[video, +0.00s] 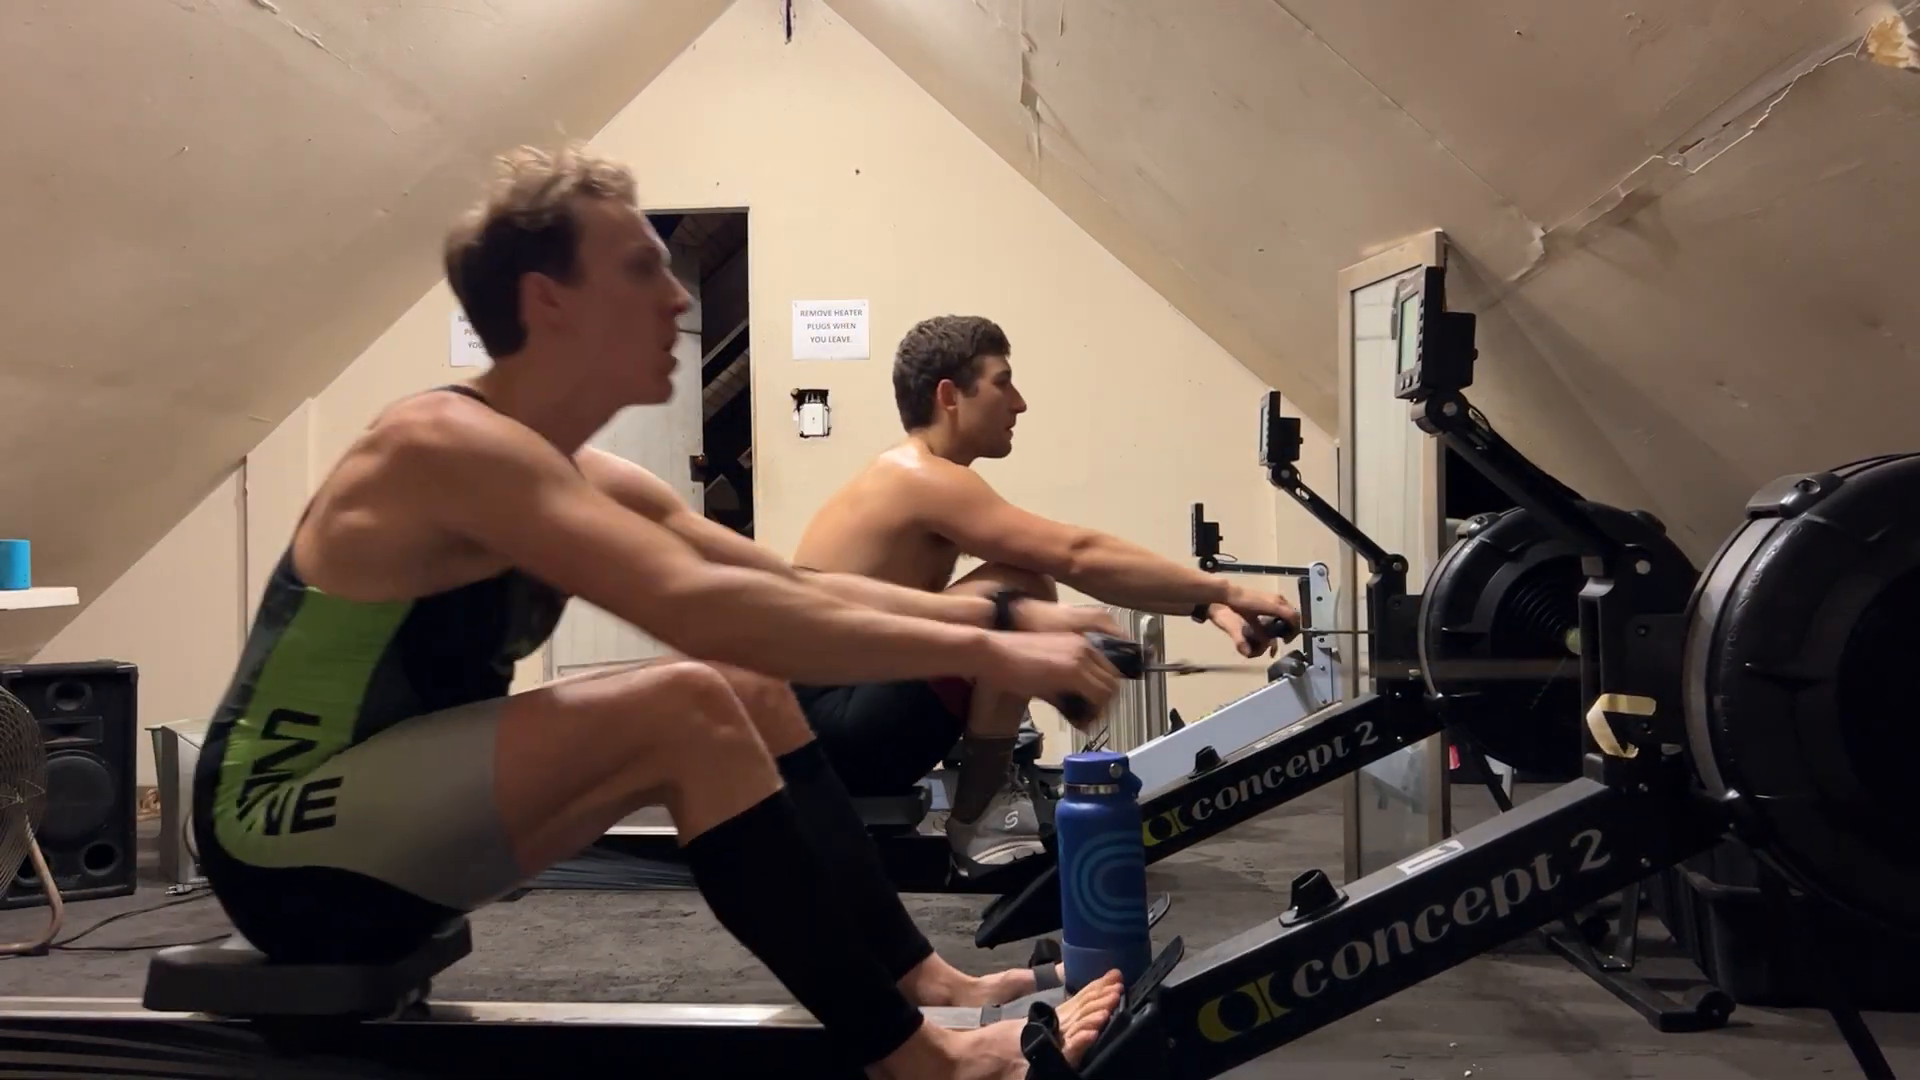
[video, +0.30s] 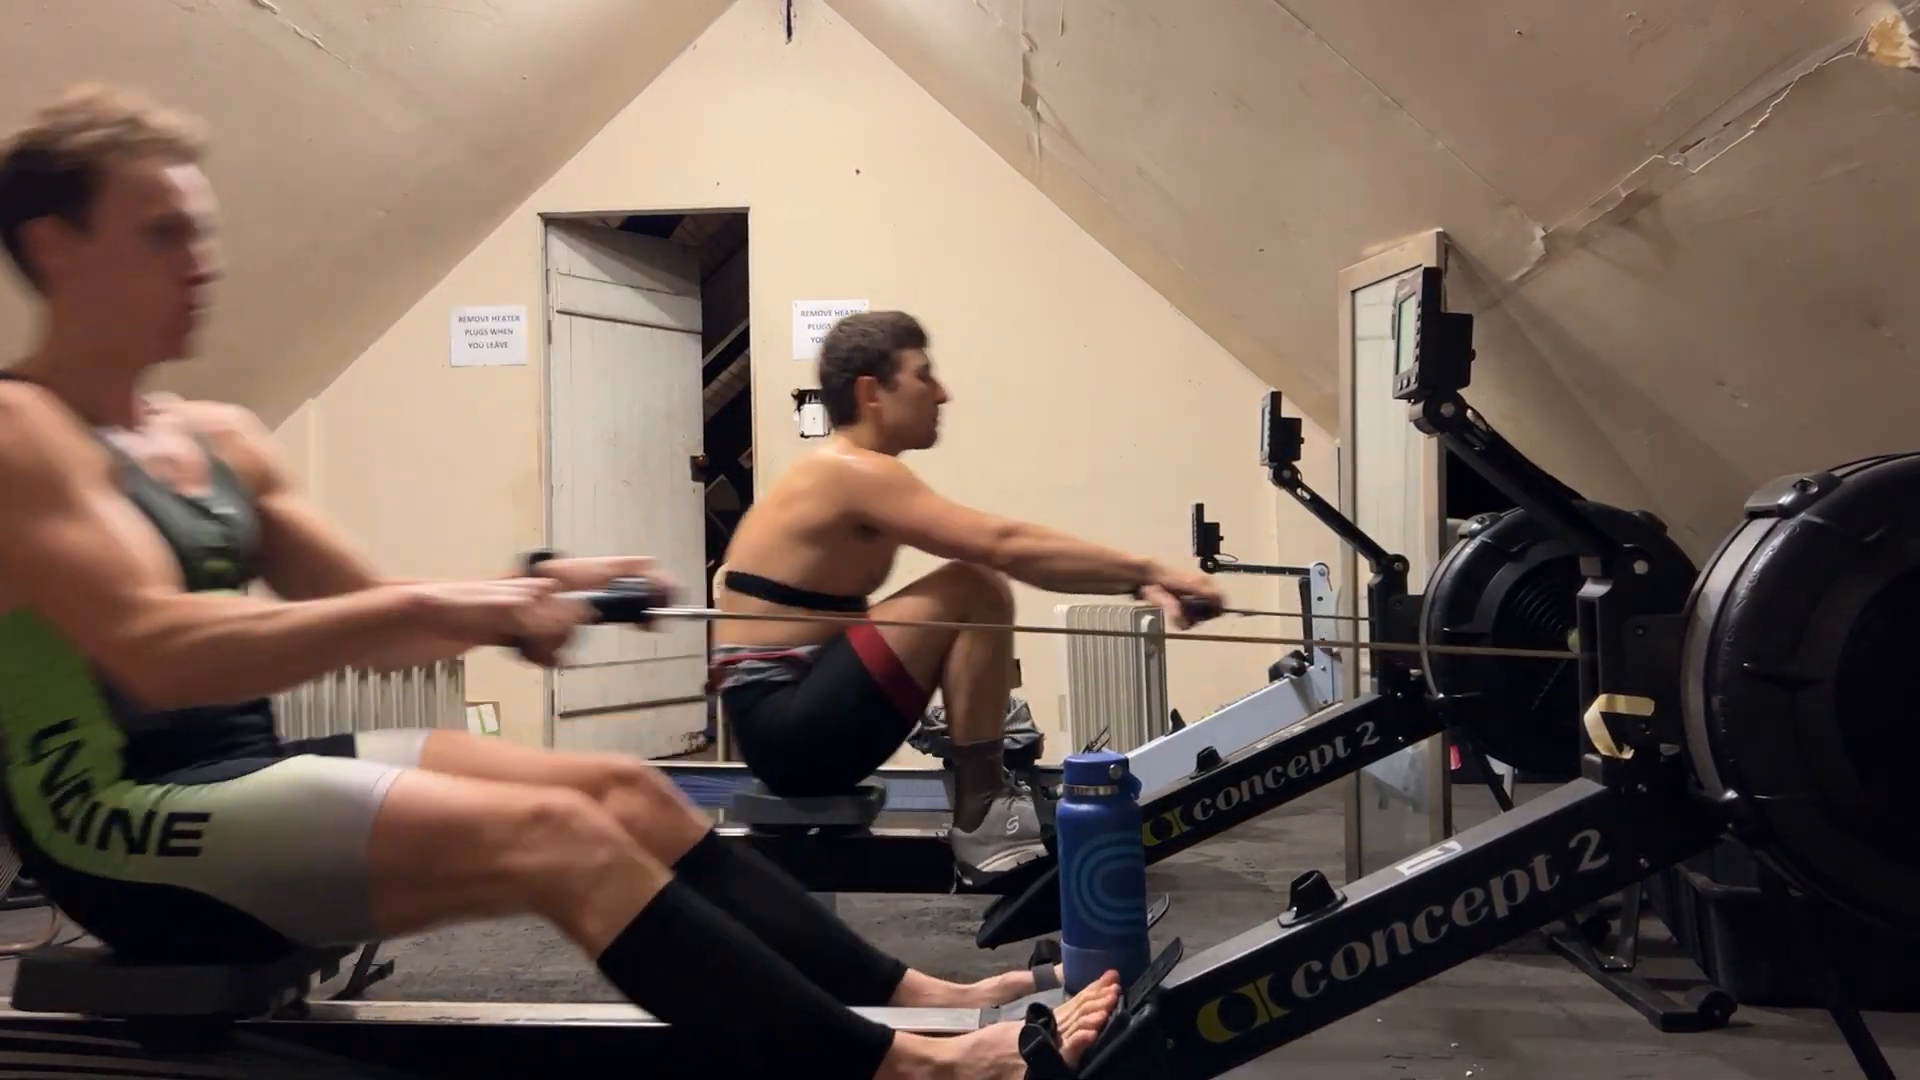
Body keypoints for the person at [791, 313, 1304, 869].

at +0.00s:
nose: (1019, 402)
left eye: (1012, 383)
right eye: (1002, 384)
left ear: (952, 400)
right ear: (948, 397)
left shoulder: (916, 476)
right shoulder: (925, 482)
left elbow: (1076, 553)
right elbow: (1075, 558)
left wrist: (1211, 600)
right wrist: (1223, 592)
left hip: (834, 717)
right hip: (833, 730)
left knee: (1015, 588)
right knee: (1014, 584)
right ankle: (979, 819)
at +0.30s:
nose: (942, 391)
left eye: (933, 374)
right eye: (923, 376)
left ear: (873, 396)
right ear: (872, 394)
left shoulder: (846, 468)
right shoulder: (859, 474)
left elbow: (1004, 551)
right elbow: (1005, 548)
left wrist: (1139, 582)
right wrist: (1145, 570)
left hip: (785, 719)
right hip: (788, 728)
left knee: (974, 589)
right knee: (975, 590)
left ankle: (981, 806)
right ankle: (980, 822)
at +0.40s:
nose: (859, 387)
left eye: (849, 371)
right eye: (839, 373)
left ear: (786, 391)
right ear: (785, 389)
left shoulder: (773, 467)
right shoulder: (770, 467)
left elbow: (923, 554)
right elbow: (916, 544)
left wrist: (1053, 581)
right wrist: (1058, 569)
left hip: (734, 710)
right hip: (729, 721)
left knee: (926, 594)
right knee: (930, 604)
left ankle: (983, 813)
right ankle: (981, 826)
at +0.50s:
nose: (764, 387)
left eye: (755, 369)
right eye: (743, 371)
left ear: (694, 390)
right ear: (686, 388)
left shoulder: (706, 472)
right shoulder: (681, 468)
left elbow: (839, 554)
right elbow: (823, 543)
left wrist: (969, 569)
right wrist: (968, 566)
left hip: (687, 712)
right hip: (665, 724)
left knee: (885, 612)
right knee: (887, 616)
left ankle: (980, 817)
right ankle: (978, 828)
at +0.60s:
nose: (660, 384)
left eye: (653, 368)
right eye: (639, 370)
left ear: (588, 393)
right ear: (583, 391)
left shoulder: (603, 474)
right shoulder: (581, 474)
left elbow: (734, 544)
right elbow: (731, 545)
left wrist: (869, 563)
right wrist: (875, 562)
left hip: (629, 706)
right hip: (598, 717)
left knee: (855, 639)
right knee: (847, 642)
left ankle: (984, 825)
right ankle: (982, 836)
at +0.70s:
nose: (561, 389)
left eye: (553, 373)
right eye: (539, 376)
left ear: (505, 393)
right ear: (482, 394)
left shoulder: (555, 491)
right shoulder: (476, 482)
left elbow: (655, 548)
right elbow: (616, 559)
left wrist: (782, 564)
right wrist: (777, 565)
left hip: (583, 699)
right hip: (534, 715)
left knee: (818, 675)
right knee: (811, 671)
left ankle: (981, 834)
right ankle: (982, 835)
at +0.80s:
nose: (477, 409)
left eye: (472, 392)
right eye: (456, 393)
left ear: (426, 411)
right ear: (395, 413)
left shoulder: (478, 512)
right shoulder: (391, 499)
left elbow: (574, 568)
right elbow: (501, 576)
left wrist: (687, 565)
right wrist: (668, 566)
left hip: (547, 691)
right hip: (500, 706)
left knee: (805, 694)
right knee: (775, 702)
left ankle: (986, 824)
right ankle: (979, 842)